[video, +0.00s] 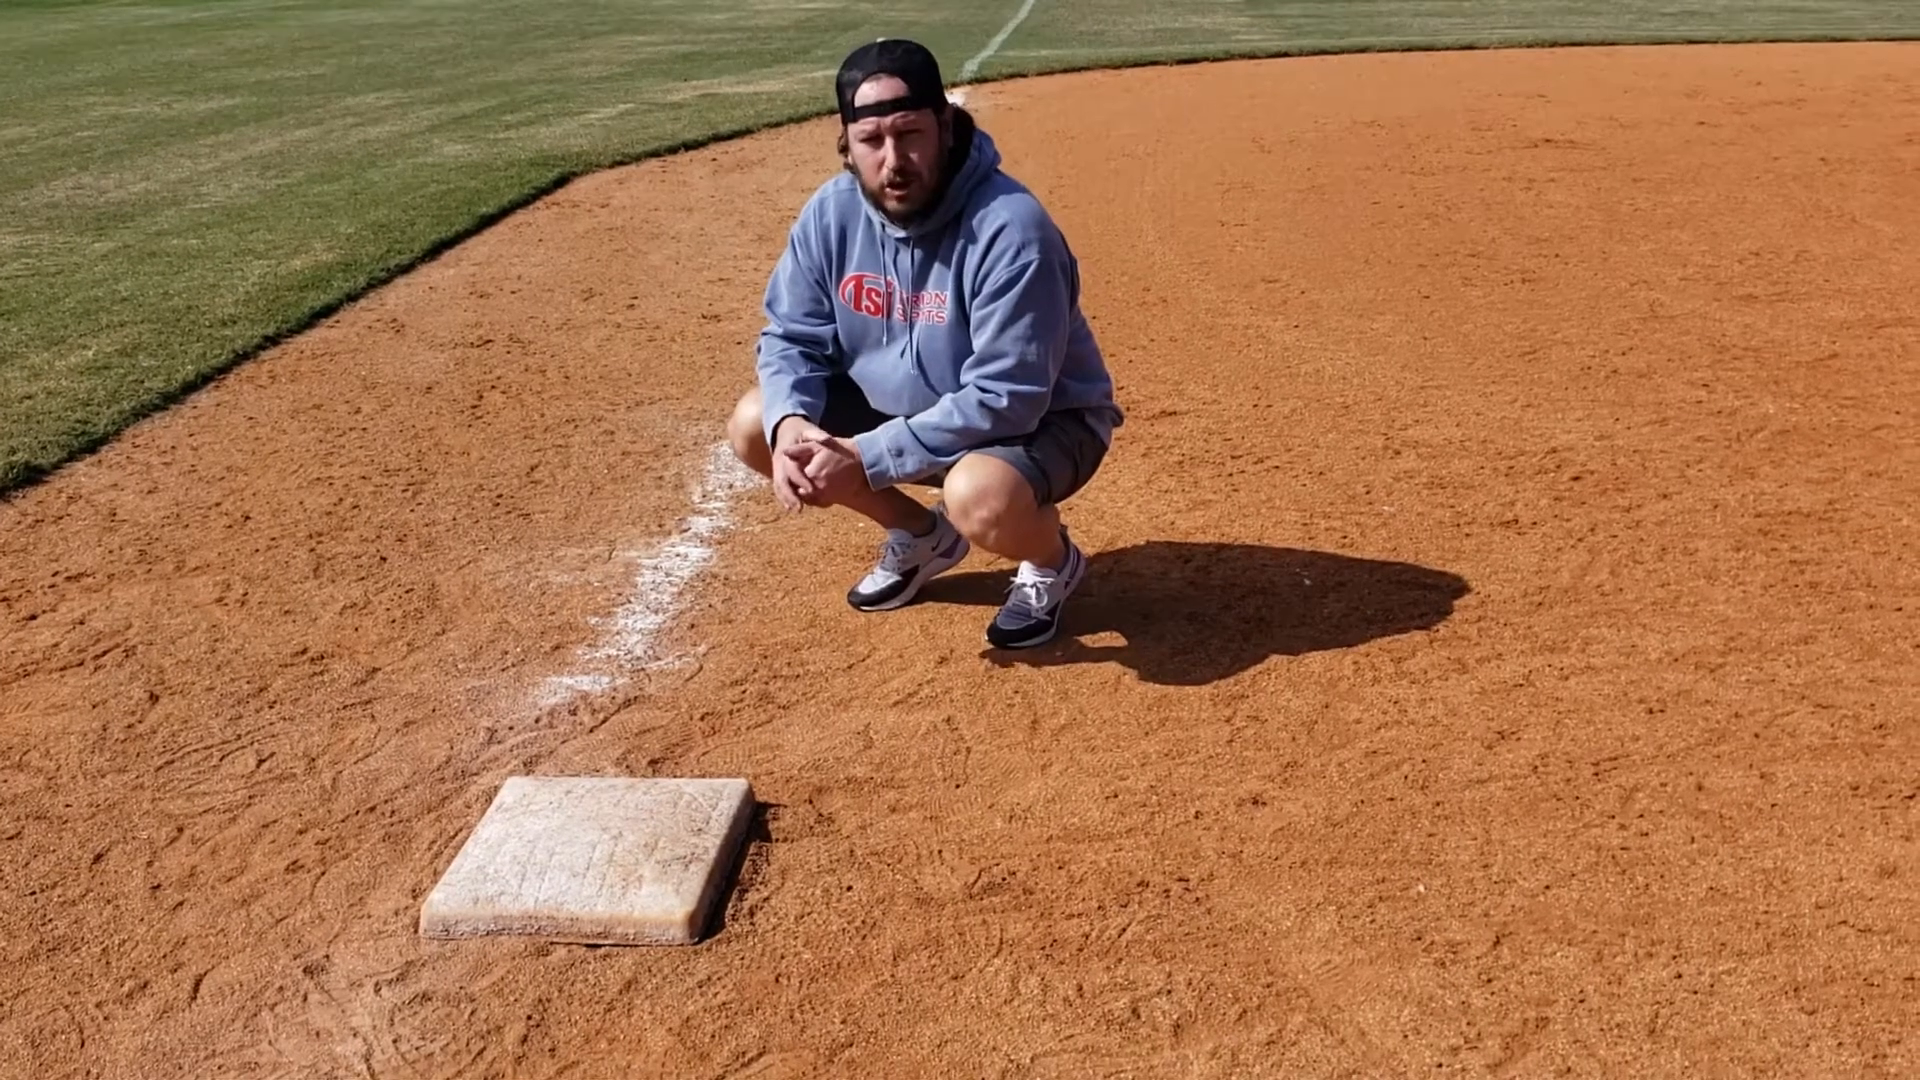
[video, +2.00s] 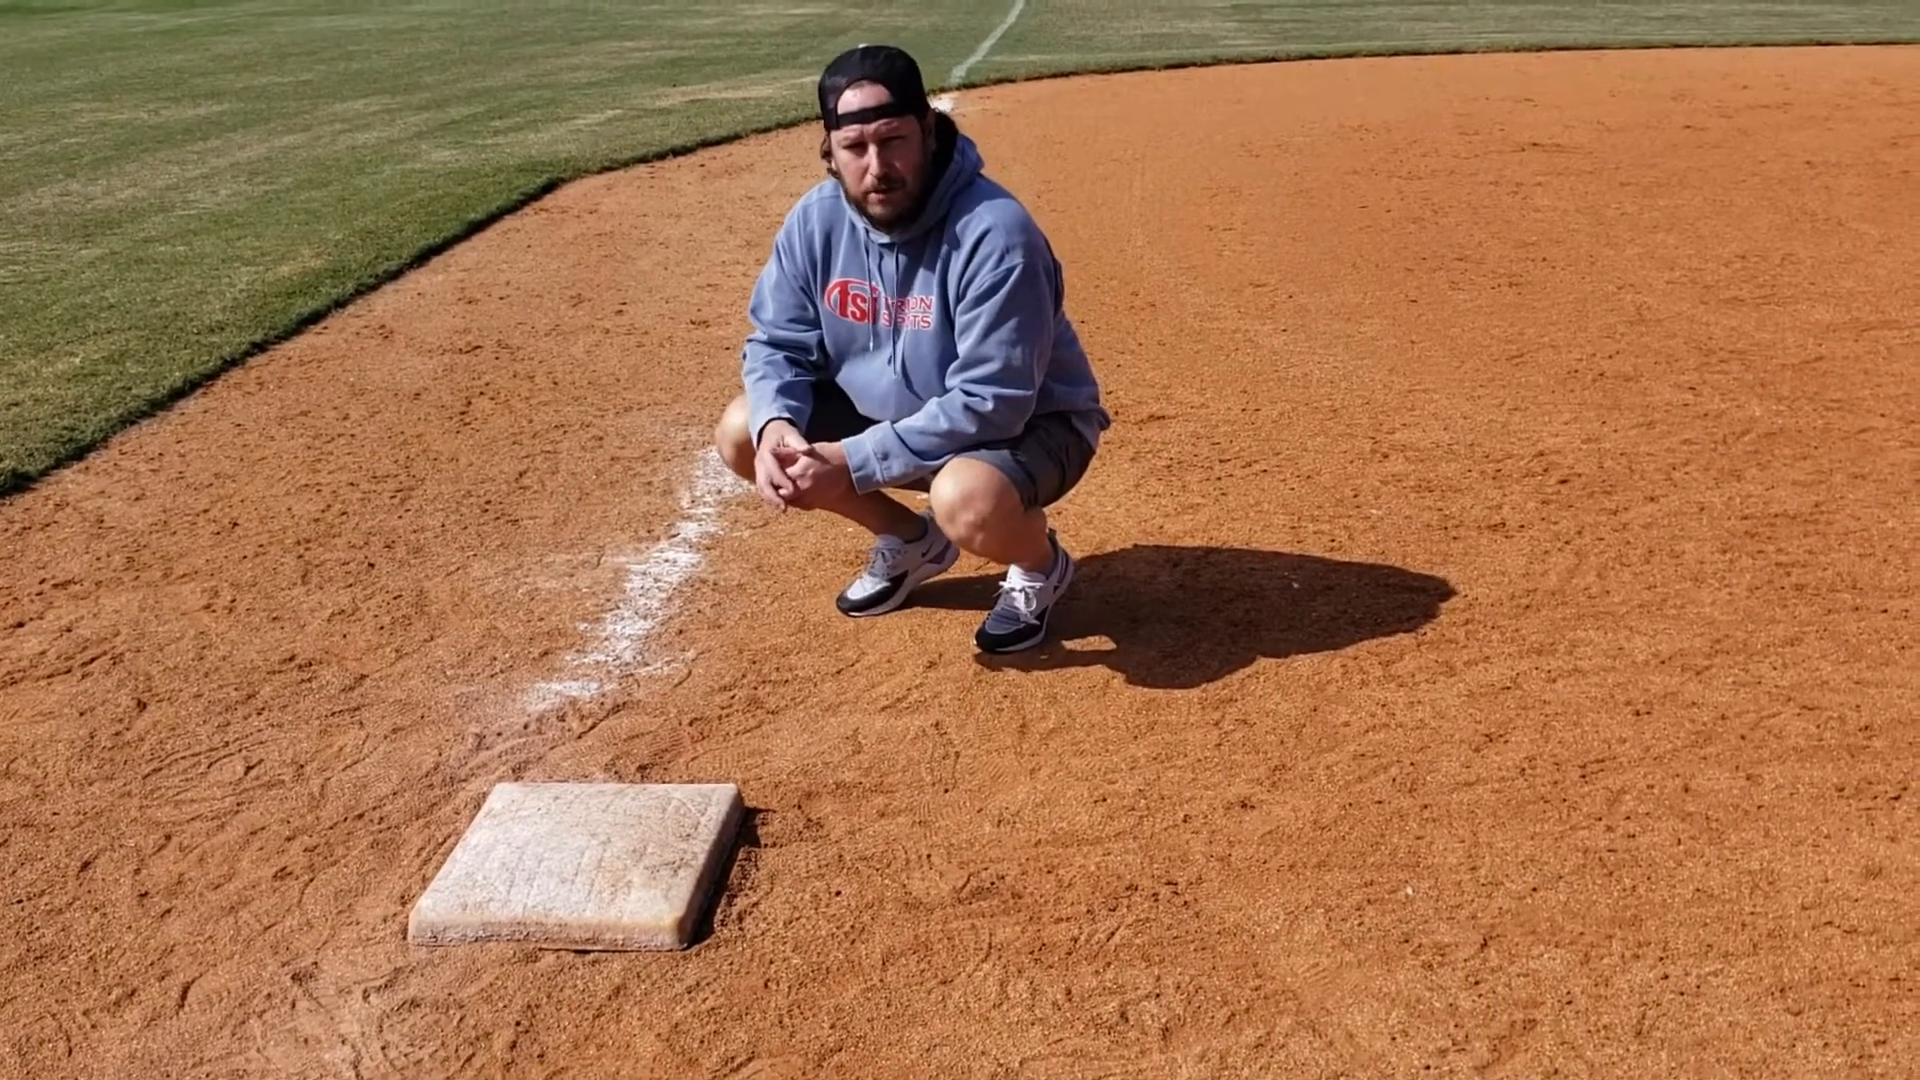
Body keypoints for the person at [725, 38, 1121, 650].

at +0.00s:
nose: (894, 162)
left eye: (911, 134)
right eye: (871, 140)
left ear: (946, 125)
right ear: (846, 145)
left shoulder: (1011, 234)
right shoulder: (832, 213)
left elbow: (1004, 402)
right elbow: (791, 335)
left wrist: (868, 459)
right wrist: (792, 421)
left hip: (1047, 419)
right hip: (909, 409)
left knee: (978, 496)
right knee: (757, 426)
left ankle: (1054, 562)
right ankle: (920, 533)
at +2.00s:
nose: (877, 168)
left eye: (893, 140)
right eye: (854, 147)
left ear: (928, 130)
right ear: (830, 153)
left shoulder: (995, 238)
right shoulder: (815, 221)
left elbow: (990, 405)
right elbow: (777, 342)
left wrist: (854, 462)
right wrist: (776, 423)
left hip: (1034, 422)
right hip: (899, 416)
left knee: (965, 500)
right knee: (742, 433)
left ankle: (1042, 566)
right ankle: (909, 539)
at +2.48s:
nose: (881, 160)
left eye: (898, 134)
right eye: (859, 140)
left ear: (932, 129)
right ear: (834, 149)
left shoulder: (997, 240)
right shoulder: (817, 223)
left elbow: (990, 408)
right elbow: (777, 343)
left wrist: (855, 464)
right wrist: (776, 423)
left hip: (1032, 426)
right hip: (895, 417)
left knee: (965, 503)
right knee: (743, 436)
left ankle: (1041, 569)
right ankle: (908, 542)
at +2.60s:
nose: (882, 161)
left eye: (899, 135)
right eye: (860, 141)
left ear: (933, 131)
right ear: (835, 150)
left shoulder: (997, 240)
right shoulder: (817, 223)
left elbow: (991, 408)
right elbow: (777, 342)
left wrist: (854, 464)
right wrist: (776, 423)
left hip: (1032, 426)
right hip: (895, 418)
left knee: (965, 503)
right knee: (743, 436)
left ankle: (1041, 570)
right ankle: (908, 541)